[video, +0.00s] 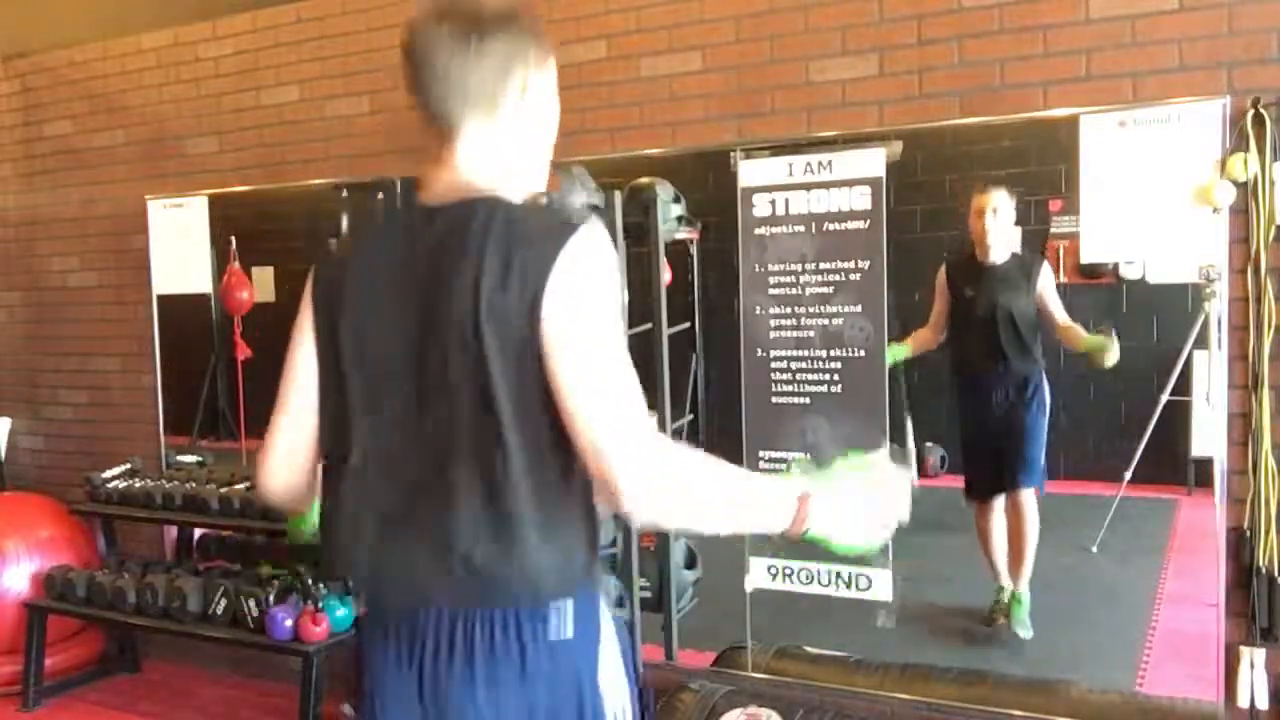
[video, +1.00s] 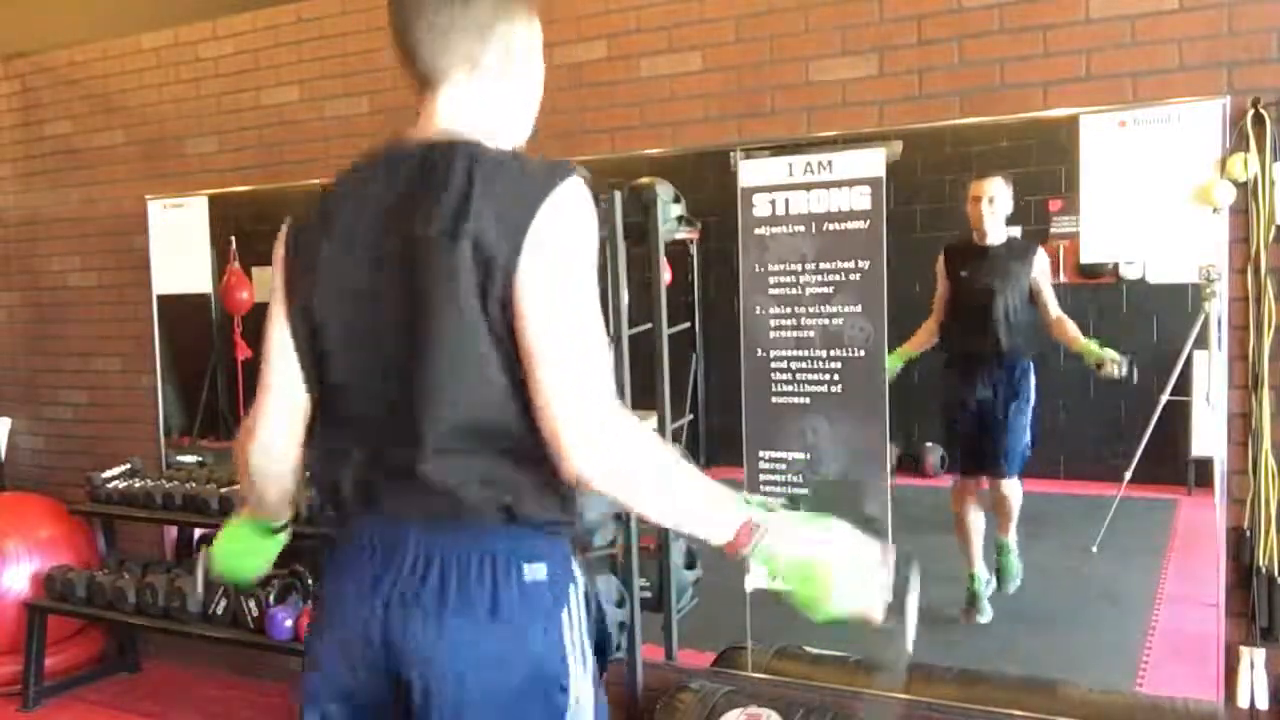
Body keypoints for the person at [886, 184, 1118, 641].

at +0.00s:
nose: (987, 222)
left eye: (996, 213)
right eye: (980, 213)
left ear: (1013, 220)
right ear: (969, 220)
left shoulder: (1035, 270)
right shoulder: (952, 272)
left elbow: (1062, 325)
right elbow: (934, 331)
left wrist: (1092, 343)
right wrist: (898, 350)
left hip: (1025, 390)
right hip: (976, 391)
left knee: (1021, 490)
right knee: (984, 496)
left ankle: (1020, 592)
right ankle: (1003, 587)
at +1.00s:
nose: (982, 209)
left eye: (991, 200)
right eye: (976, 200)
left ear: (1009, 206)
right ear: (967, 207)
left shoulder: (1031, 256)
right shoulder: (951, 256)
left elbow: (1054, 318)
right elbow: (937, 321)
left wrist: (1091, 351)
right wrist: (897, 358)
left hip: (1013, 374)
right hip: (963, 374)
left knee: (1003, 481)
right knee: (967, 485)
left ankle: (1006, 546)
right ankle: (976, 580)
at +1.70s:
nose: (981, 206)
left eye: (990, 198)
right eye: (975, 198)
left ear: (1008, 205)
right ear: (965, 204)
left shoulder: (1030, 253)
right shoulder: (950, 258)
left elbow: (1053, 315)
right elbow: (935, 320)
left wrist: (1091, 352)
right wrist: (899, 357)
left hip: (1021, 371)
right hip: (971, 374)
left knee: (1013, 469)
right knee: (982, 475)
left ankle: (1011, 578)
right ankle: (993, 575)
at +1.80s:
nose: (984, 209)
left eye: (994, 201)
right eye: (978, 200)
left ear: (1012, 207)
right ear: (968, 206)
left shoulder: (1034, 257)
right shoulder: (952, 258)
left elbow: (1055, 319)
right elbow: (938, 320)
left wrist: (1094, 355)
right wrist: (902, 358)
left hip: (1020, 374)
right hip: (969, 375)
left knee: (1009, 478)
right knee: (978, 491)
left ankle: (1003, 578)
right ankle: (1009, 557)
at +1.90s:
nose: (982, 233)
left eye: (992, 225)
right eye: (978, 225)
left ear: (1013, 231)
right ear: (971, 231)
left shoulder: (1038, 281)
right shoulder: (957, 282)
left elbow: (1060, 338)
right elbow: (939, 339)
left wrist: (1096, 350)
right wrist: (901, 353)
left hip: (1019, 397)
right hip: (970, 397)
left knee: (1009, 499)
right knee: (970, 504)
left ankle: (1005, 590)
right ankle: (1008, 523)